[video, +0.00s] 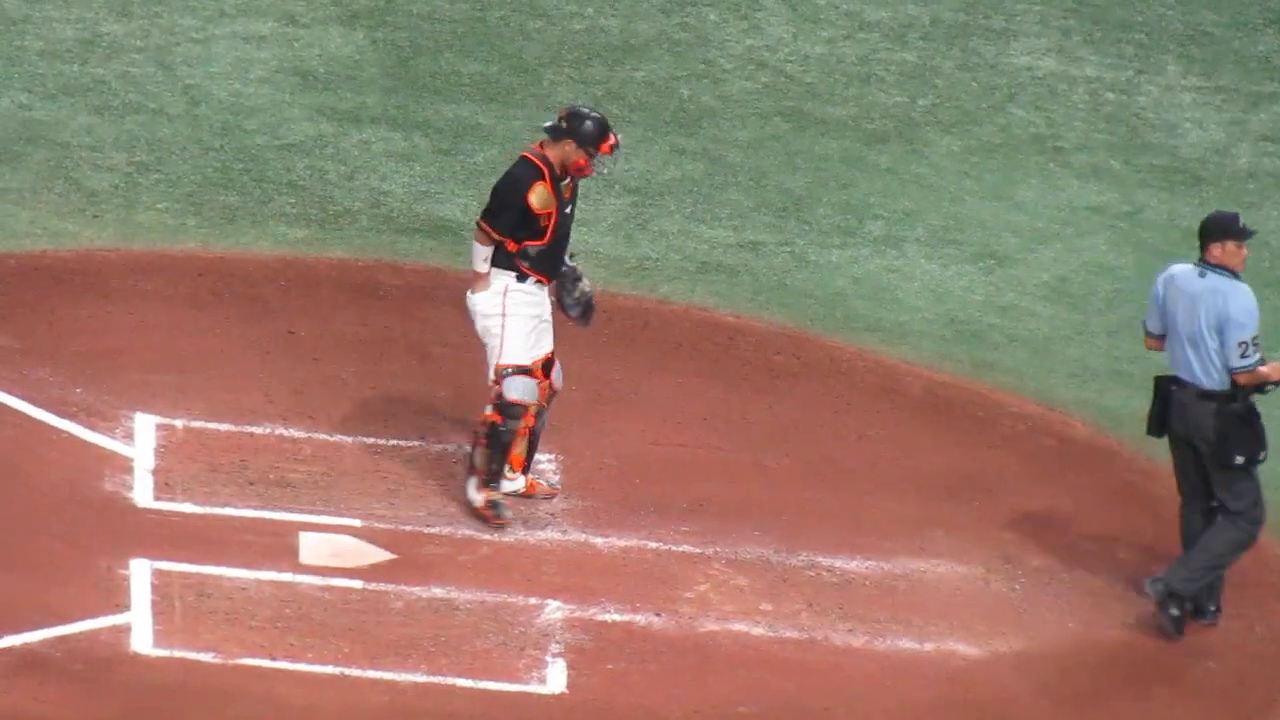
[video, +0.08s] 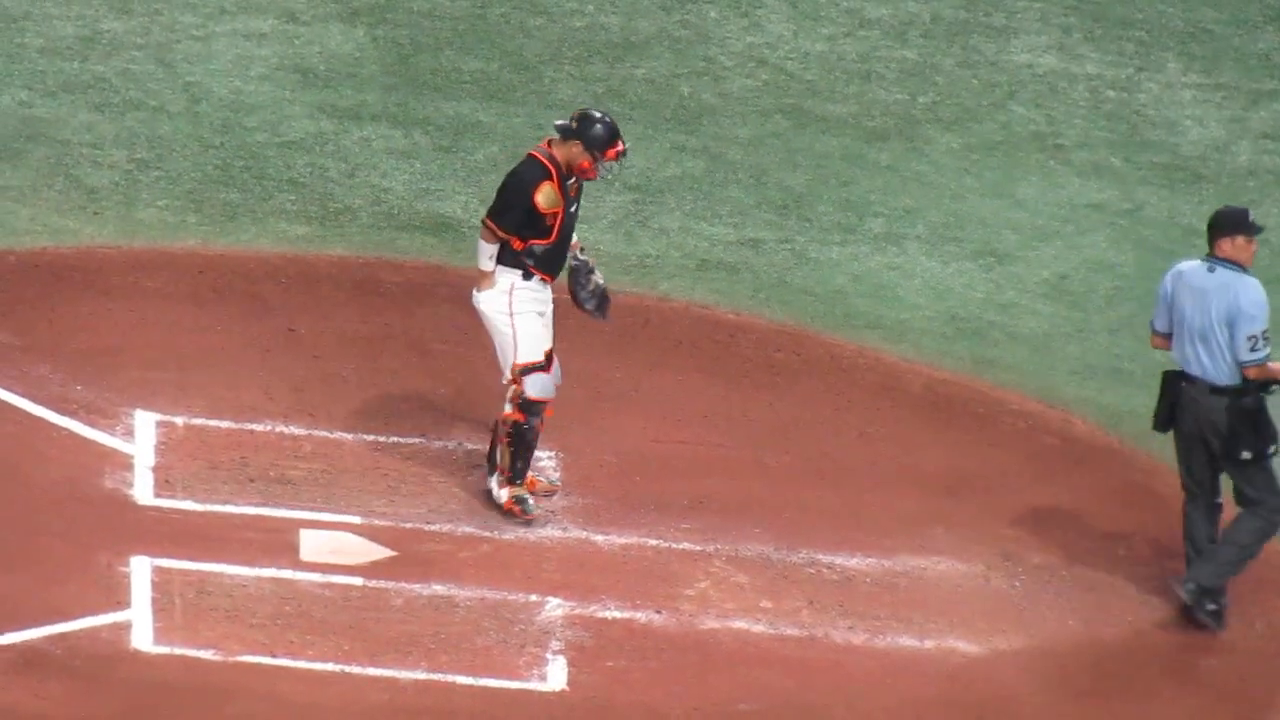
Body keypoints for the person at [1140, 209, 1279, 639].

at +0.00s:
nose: (1246, 251)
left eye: (1244, 244)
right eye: (1241, 245)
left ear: (1210, 249)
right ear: (1219, 249)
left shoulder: (1171, 277)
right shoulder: (1237, 296)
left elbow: (1154, 340)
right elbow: (1243, 374)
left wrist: (1200, 339)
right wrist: (1269, 372)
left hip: (1178, 404)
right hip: (1218, 413)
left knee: (1196, 504)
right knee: (1244, 515)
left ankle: (1205, 599)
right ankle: (1173, 588)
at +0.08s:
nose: (1256, 247)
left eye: (1254, 239)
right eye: (1250, 240)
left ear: (1218, 244)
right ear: (1229, 243)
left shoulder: (1179, 273)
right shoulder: (1247, 290)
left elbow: (1160, 339)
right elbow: (1253, 368)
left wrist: (1207, 340)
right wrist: (1276, 369)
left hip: (1188, 399)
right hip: (1230, 408)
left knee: (1199, 496)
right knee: (1264, 505)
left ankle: (1204, 594)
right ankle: (1201, 584)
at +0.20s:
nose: (1267, 239)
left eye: (1265, 232)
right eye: (1263, 233)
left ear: (1227, 237)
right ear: (1247, 237)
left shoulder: (1188, 271)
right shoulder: (1264, 284)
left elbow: (1168, 336)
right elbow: (1269, 361)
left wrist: (1215, 339)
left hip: (1202, 396)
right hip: (1249, 401)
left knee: (1205, 496)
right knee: (1273, 494)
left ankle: (1204, 594)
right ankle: (1255, 592)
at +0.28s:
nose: (1273, 240)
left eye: (1270, 233)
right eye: (1270, 234)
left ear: (1233, 236)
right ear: (1257, 238)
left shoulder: (1196, 274)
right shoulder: (1273, 284)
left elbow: (1171, 339)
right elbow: (1278, 361)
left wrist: (1216, 336)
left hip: (1214, 397)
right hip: (1262, 401)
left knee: (1208, 497)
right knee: (1276, 499)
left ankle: (1205, 599)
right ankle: (1277, 601)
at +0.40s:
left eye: (1279, 233)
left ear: (1245, 235)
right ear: (1276, 237)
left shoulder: (1212, 276)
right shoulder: (1278, 274)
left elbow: (1181, 341)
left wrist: (1224, 331)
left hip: (1231, 398)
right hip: (1275, 399)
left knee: (1214, 496)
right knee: (1279, 493)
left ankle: (1206, 598)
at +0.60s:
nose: (1272, 234)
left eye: (1273, 229)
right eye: (1274, 228)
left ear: (1275, 235)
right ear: (1278, 236)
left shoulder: (1259, 283)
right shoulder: (1258, 283)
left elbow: (1221, 353)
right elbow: (1224, 351)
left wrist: (1249, 379)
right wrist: (1246, 375)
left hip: (1268, 399)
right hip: (1268, 395)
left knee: (1230, 493)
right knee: (1231, 494)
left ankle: (1208, 597)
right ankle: (1209, 595)